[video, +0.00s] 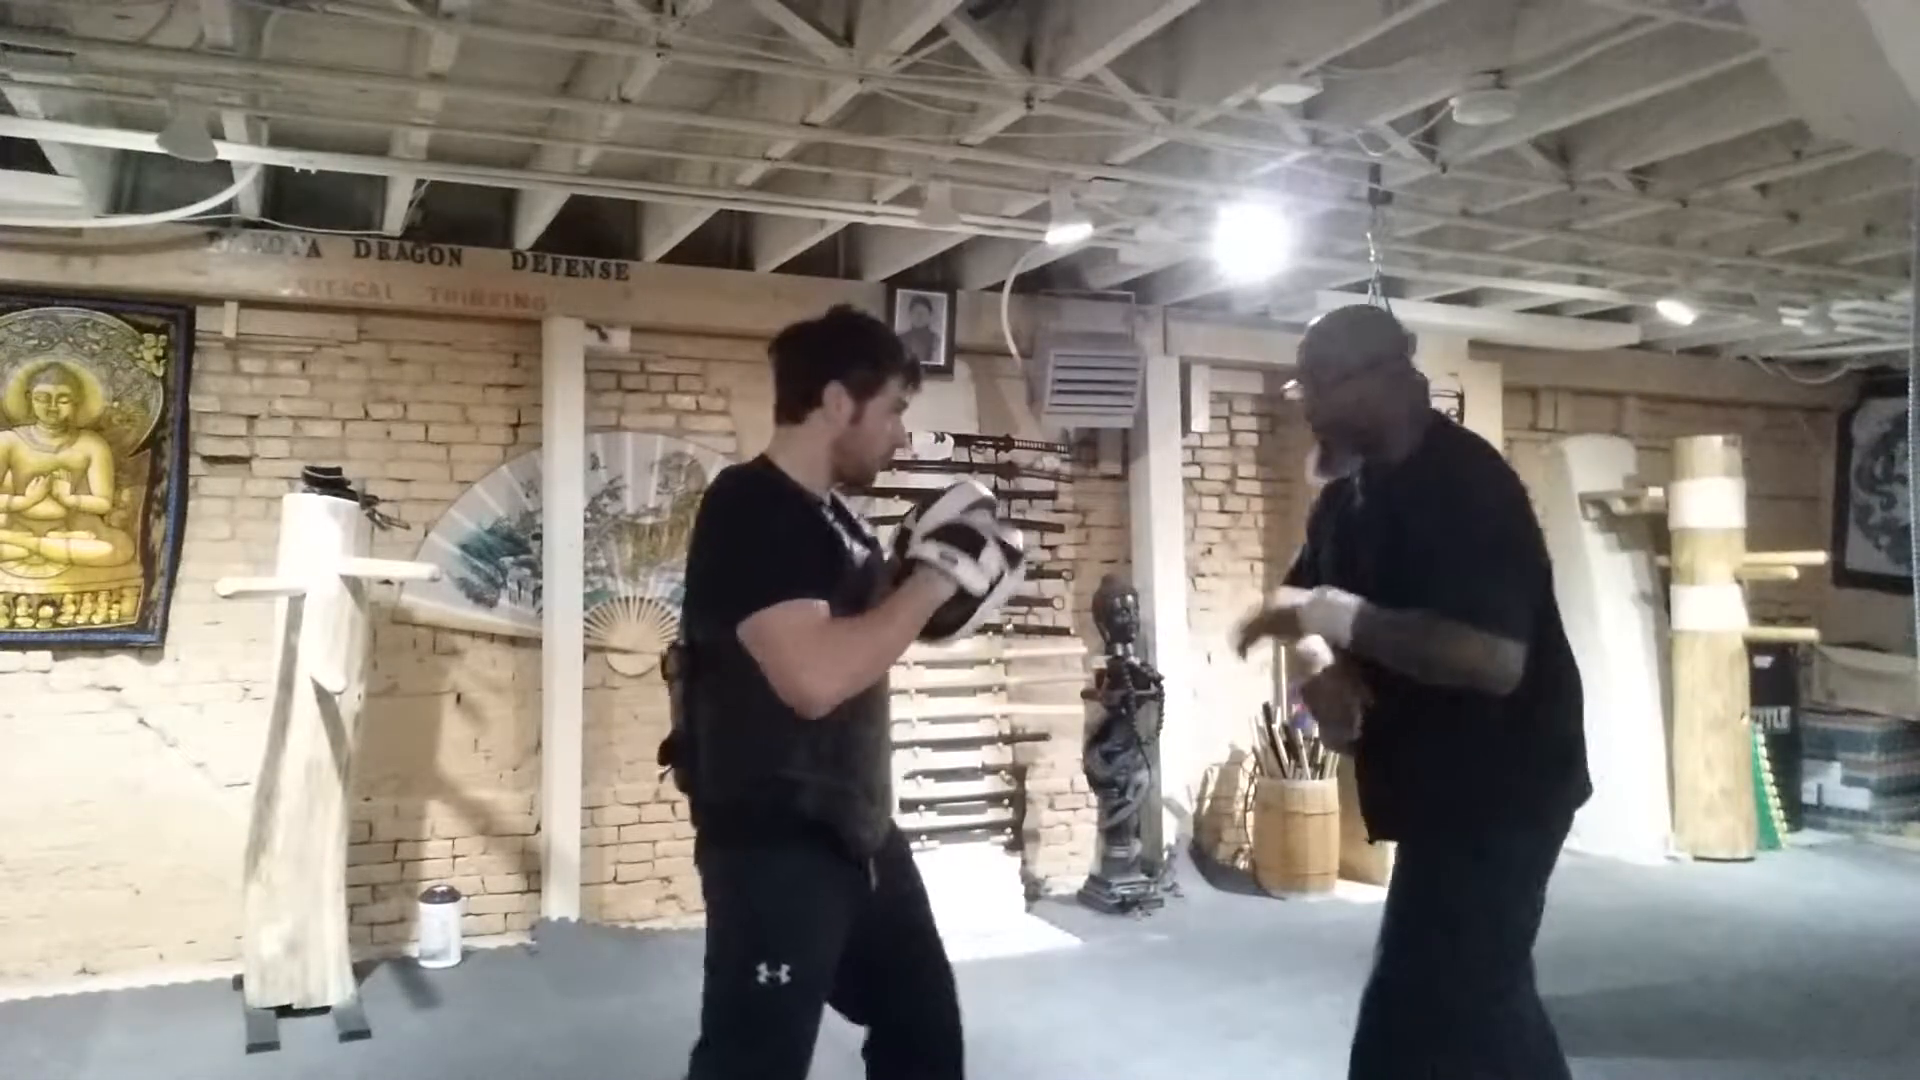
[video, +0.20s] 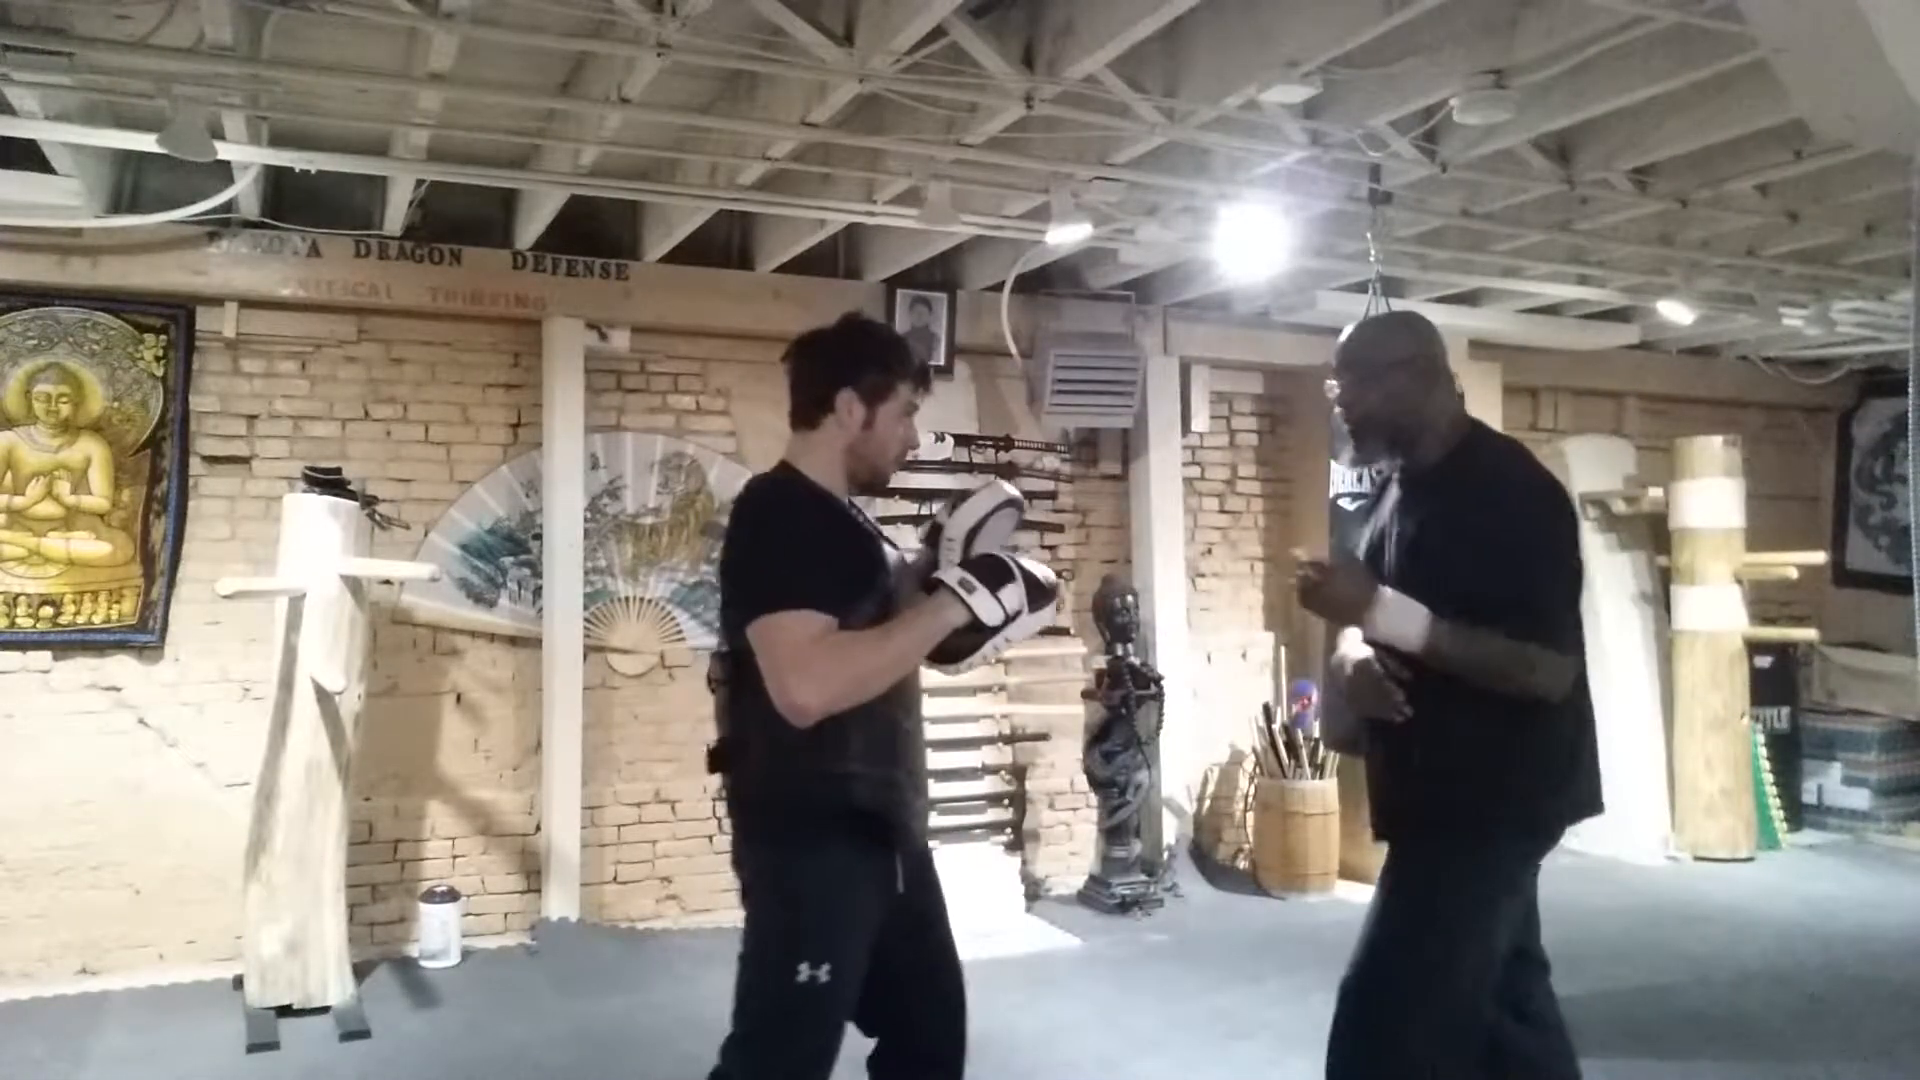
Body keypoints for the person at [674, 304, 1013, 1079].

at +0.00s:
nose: (902, 435)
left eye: (903, 414)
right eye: (894, 410)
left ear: (833, 404)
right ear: (835, 402)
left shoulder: (838, 520)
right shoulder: (748, 507)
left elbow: (847, 633)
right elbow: (812, 676)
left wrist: (936, 581)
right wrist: (932, 580)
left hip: (858, 837)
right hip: (771, 845)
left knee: (922, 1032)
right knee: (752, 1061)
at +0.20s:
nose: (913, 437)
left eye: (914, 416)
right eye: (905, 413)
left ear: (848, 412)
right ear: (849, 410)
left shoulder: (845, 522)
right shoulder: (779, 511)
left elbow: (863, 647)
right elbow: (803, 684)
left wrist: (938, 579)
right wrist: (956, 605)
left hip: (880, 834)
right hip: (809, 837)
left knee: (928, 1037)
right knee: (778, 1057)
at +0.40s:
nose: (907, 429)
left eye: (908, 407)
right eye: (899, 405)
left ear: (846, 403)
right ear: (845, 401)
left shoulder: (845, 514)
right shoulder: (777, 506)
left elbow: (862, 638)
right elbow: (820, 675)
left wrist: (954, 586)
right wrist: (948, 579)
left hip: (884, 826)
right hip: (817, 831)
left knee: (925, 1045)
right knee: (798, 1054)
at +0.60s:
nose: (898, 433)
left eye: (898, 412)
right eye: (888, 409)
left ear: (833, 409)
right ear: (833, 407)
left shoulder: (835, 522)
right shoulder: (759, 517)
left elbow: (849, 656)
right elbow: (801, 691)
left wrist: (947, 609)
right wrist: (937, 604)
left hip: (872, 838)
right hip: (792, 848)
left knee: (951, 1006)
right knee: (771, 1062)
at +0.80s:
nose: (914, 431)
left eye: (912, 410)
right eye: (902, 408)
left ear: (850, 413)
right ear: (846, 410)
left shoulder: (859, 526)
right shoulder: (781, 519)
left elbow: (913, 614)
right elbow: (853, 664)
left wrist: (1008, 560)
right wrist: (967, 556)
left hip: (896, 844)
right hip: (815, 849)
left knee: (952, 1045)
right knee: (779, 1062)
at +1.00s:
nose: (943, 429)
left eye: (944, 411)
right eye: (932, 407)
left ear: (878, 411)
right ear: (876, 408)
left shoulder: (882, 519)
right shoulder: (799, 505)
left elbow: (958, 610)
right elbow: (907, 613)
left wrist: (1009, 504)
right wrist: (985, 476)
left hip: (903, 828)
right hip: (819, 831)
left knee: (958, 1039)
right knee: (810, 1054)